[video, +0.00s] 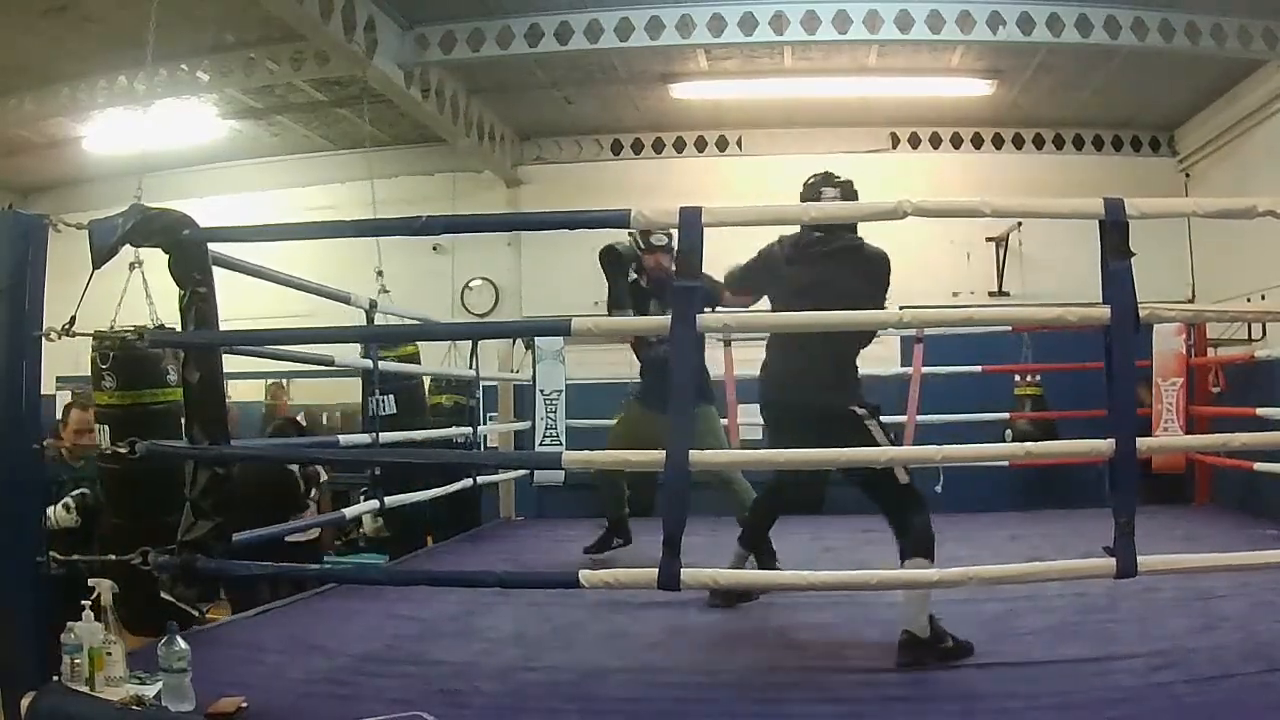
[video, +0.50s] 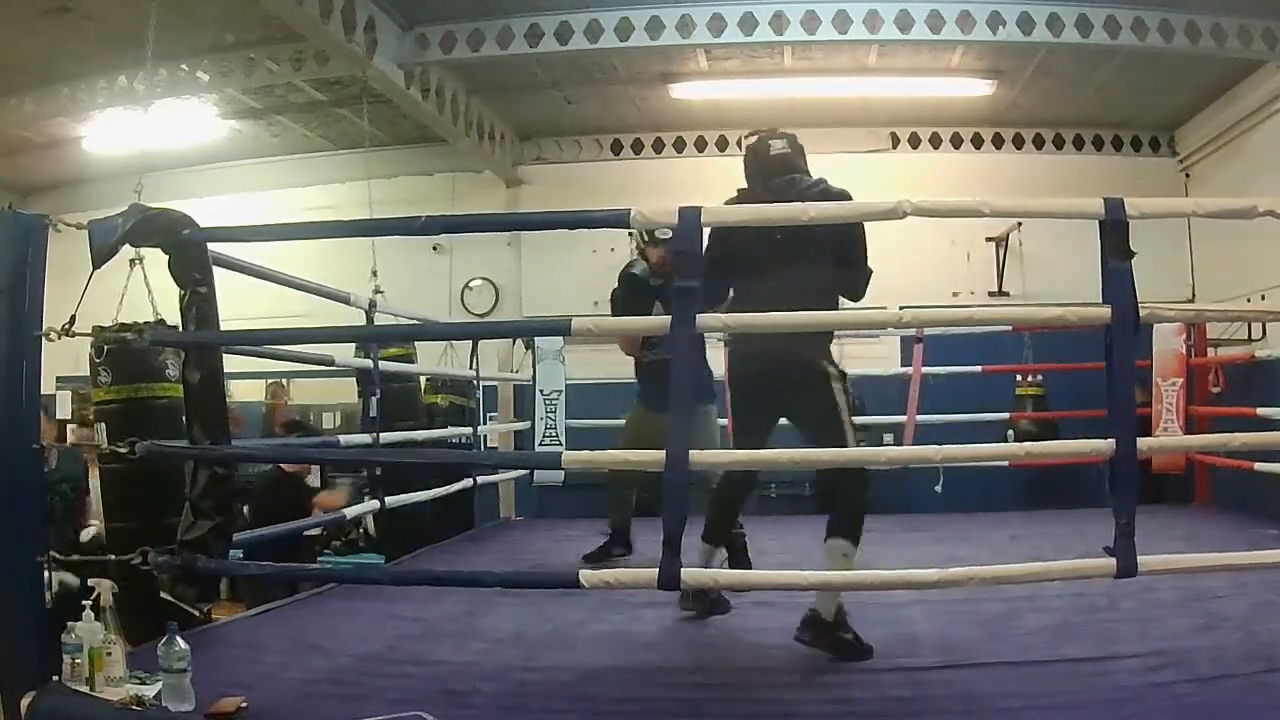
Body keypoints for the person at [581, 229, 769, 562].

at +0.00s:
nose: (658, 261)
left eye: (663, 253)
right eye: (651, 255)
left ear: (674, 254)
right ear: (639, 258)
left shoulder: (691, 286)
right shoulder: (633, 293)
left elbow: (736, 299)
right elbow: (620, 325)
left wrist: (687, 275)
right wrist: (617, 282)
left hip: (695, 402)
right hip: (649, 402)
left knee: (724, 471)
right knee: (609, 462)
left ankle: (763, 545)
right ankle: (618, 527)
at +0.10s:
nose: (643, 262)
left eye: (648, 255)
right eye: (636, 256)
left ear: (658, 257)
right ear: (624, 260)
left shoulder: (676, 287)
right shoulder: (612, 298)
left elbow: (717, 301)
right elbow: (614, 326)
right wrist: (615, 281)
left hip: (684, 397)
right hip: (640, 398)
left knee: (711, 466)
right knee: (611, 465)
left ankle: (743, 540)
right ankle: (608, 542)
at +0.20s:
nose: (638, 268)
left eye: (643, 261)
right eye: (630, 262)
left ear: (651, 263)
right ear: (614, 266)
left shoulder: (672, 296)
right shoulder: (602, 307)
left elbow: (716, 325)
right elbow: (607, 348)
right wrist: (612, 294)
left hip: (672, 411)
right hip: (628, 413)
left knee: (695, 471)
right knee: (602, 474)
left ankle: (726, 541)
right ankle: (606, 543)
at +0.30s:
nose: (641, 266)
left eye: (647, 258)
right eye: (634, 258)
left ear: (654, 260)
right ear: (617, 261)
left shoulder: (671, 294)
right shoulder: (603, 304)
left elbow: (712, 322)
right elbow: (608, 355)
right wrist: (614, 300)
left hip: (669, 413)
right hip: (626, 415)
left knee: (694, 472)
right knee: (603, 475)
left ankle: (729, 542)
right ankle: (606, 543)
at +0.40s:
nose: (653, 257)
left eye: (659, 251)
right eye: (646, 251)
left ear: (666, 254)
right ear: (630, 253)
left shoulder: (678, 288)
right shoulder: (616, 294)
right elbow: (614, 346)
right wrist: (621, 297)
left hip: (679, 406)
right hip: (636, 406)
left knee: (704, 479)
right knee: (613, 473)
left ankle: (735, 545)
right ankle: (606, 542)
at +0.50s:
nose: (666, 254)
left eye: (672, 247)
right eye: (660, 247)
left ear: (681, 247)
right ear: (645, 247)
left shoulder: (693, 276)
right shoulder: (632, 282)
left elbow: (723, 306)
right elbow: (630, 344)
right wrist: (641, 289)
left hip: (697, 399)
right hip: (653, 399)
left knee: (712, 476)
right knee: (621, 466)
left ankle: (738, 552)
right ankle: (619, 539)